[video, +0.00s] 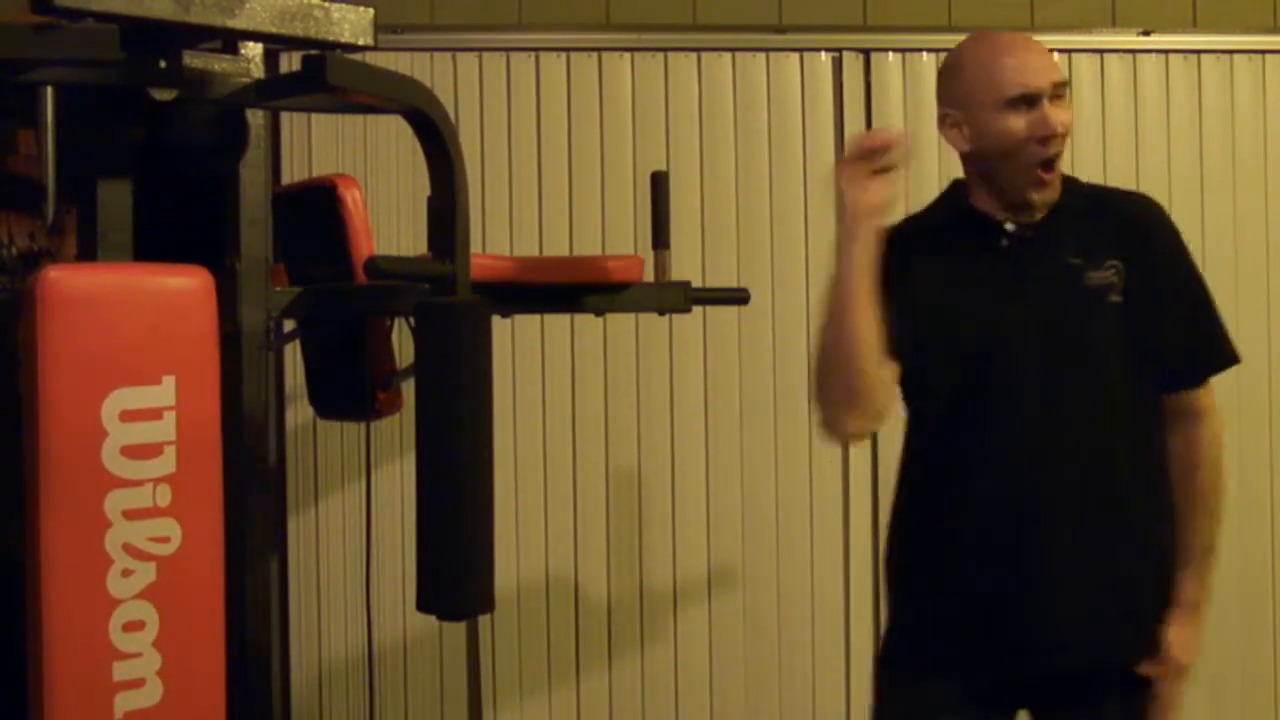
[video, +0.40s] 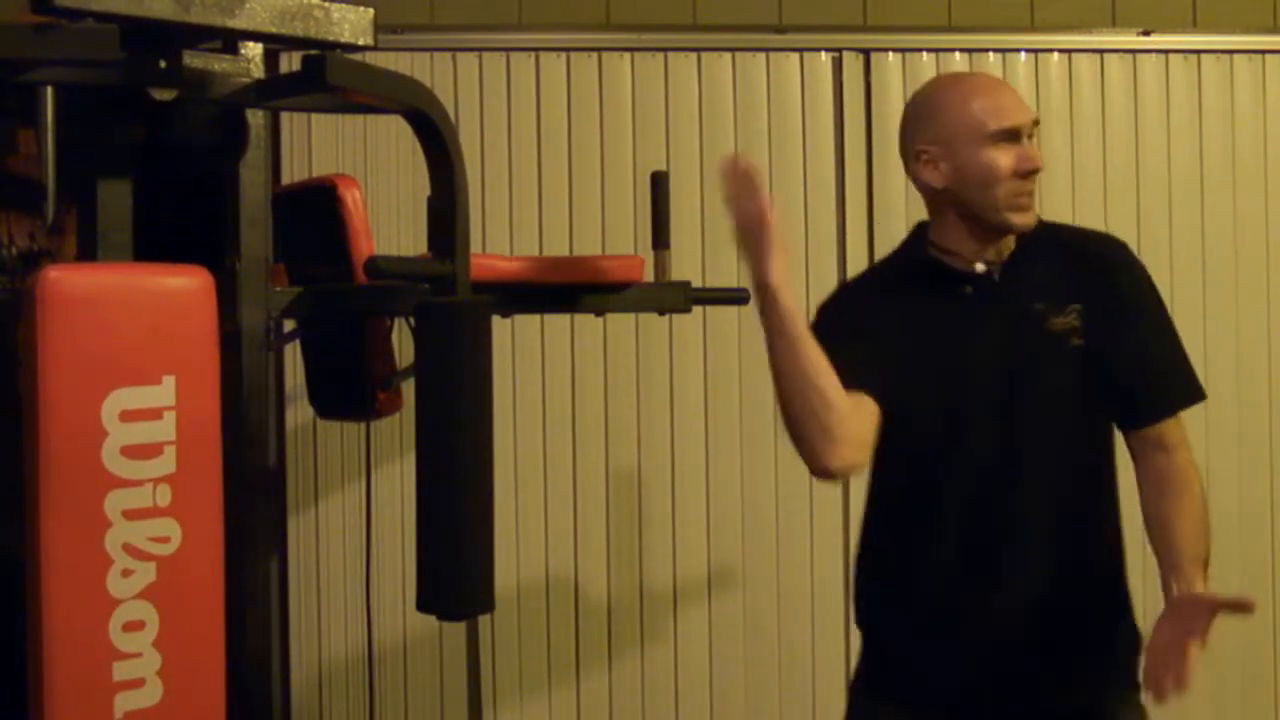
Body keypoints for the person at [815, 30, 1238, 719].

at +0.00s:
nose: (1053, 124)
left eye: (1057, 97)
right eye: (1021, 105)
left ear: (1069, 101)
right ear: (957, 130)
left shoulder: (1132, 230)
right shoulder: (908, 252)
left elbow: (1189, 418)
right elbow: (850, 415)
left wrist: (1186, 603)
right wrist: (857, 230)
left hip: (1107, 626)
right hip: (948, 628)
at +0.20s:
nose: (1031, 140)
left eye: (1036, 115)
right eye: (1003, 121)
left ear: (1048, 119)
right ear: (935, 141)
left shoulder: (1097, 257)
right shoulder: (855, 282)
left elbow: (1147, 450)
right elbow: (756, 454)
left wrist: (1175, 625)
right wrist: (869, 387)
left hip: (1068, 651)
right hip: (907, 655)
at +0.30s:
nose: (1026, 155)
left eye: (1026, 129)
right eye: (997, 135)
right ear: (923, 159)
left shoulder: (1087, 260)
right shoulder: (868, 289)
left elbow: (1158, 444)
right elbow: (804, 451)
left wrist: (1182, 617)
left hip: (1064, 658)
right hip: (907, 663)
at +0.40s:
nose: (1033, 158)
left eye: (1031, 138)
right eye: (1006, 141)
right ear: (930, 167)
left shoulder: (1097, 272)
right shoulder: (865, 308)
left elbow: (1159, 447)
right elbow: (835, 450)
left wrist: (1184, 586)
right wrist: (769, 283)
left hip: (1077, 666)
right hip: (918, 668)